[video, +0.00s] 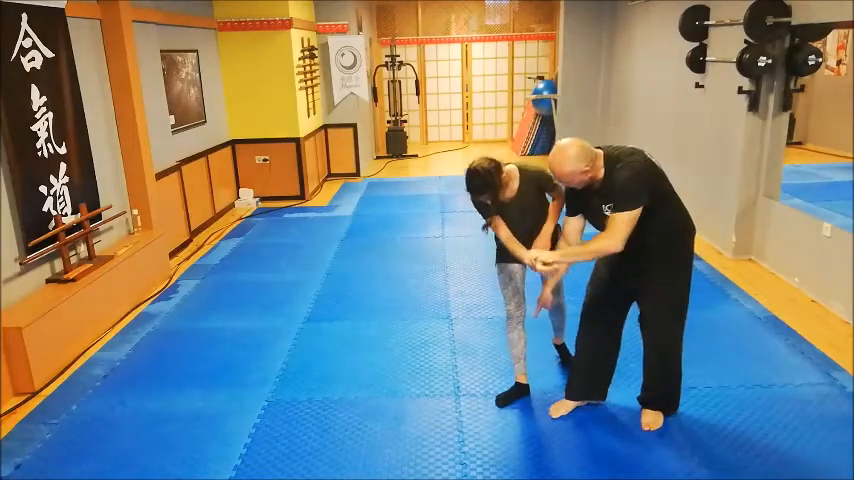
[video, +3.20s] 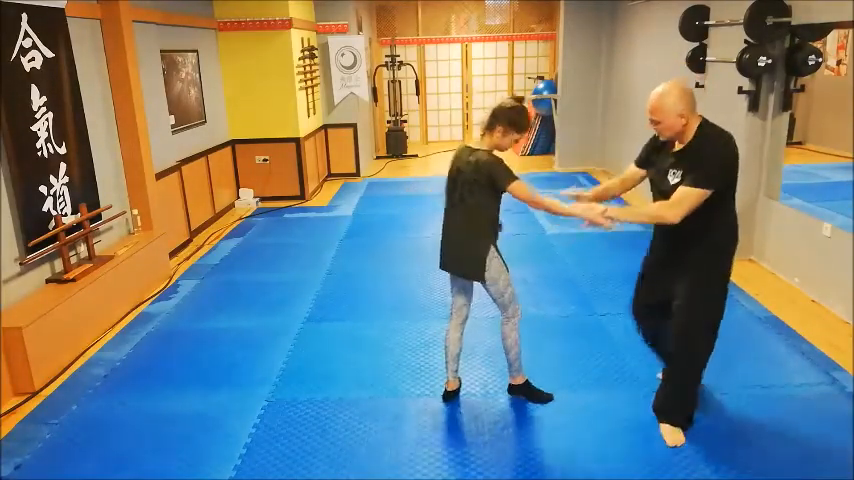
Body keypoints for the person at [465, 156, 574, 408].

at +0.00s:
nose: (485, 202)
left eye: (488, 196)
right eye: (481, 199)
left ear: (501, 179)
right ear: (477, 189)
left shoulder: (534, 175)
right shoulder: (480, 195)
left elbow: (559, 194)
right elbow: (504, 235)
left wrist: (546, 233)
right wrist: (529, 258)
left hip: (546, 241)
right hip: (511, 248)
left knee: (556, 299)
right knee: (513, 313)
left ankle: (560, 342)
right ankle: (521, 381)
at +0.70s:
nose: (503, 175)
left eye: (506, 169)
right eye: (497, 171)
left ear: (514, 159)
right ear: (487, 167)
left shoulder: (528, 159)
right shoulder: (482, 183)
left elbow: (534, 186)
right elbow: (514, 223)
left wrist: (539, 220)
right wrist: (556, 252)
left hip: (525, 235)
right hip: (491, 244)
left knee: (542, 295)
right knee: (497, 317)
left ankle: (555, 343)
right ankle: (512, 378)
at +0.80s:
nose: (510, 161)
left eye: (514, 154)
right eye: (503, 154)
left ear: (521, 148)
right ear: (490, 149)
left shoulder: (517, 163)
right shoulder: (482, 175)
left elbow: (522, 191)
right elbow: (520, 217)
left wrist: (534, 213)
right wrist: (560, 245)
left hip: (518, 240)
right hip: (488, 248)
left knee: (530, 295)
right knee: (498, 319)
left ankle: (542, 345)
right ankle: (506, 376)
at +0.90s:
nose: (512, 149)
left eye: (516, 142)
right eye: (505, 143)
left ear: (523, 134)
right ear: (489, 136)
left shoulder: (506, 158)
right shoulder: (485, 170)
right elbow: (528, 213)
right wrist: (570, 240)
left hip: (508, 238)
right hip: (484, 243)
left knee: (518, 301)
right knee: (499, 317)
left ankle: (524, 350)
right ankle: (497, 376)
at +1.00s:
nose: (516, 139)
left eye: (519, 132)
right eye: (512, 133)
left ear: (516, 124)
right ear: (491, 128)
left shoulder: (492, 153)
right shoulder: (489, 164)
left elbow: (495, 197)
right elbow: (533, 211)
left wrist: (519, 212)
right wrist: (578, 234)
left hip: (498, 242)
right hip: (486, 246)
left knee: (505, 304)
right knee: (499, 315)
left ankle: (498, 355)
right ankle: (486, 378)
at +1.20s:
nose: (514, 131)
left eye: (515, 125)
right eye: (511, 125)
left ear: (489, 123)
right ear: (491, 123)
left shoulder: (461, 153)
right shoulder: (498, 162)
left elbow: (449, 193)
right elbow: (536, 210)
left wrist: (481, 194)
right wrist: (581, 229)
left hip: (468, 244)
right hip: (495, 247)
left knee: (475, 305)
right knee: (504, 315)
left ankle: (452, 373)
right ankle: (484, 383)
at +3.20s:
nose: (516, 143)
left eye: (519, 138)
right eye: (516, 136)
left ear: (491, 128)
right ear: (499, 130)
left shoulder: (461, 155)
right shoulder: (492, 165)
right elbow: (535, 201)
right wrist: (580, 212)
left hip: (453, 247)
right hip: (481, 249)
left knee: (457, 314)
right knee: (510, 311)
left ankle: (451, 383)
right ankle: (517, 381)